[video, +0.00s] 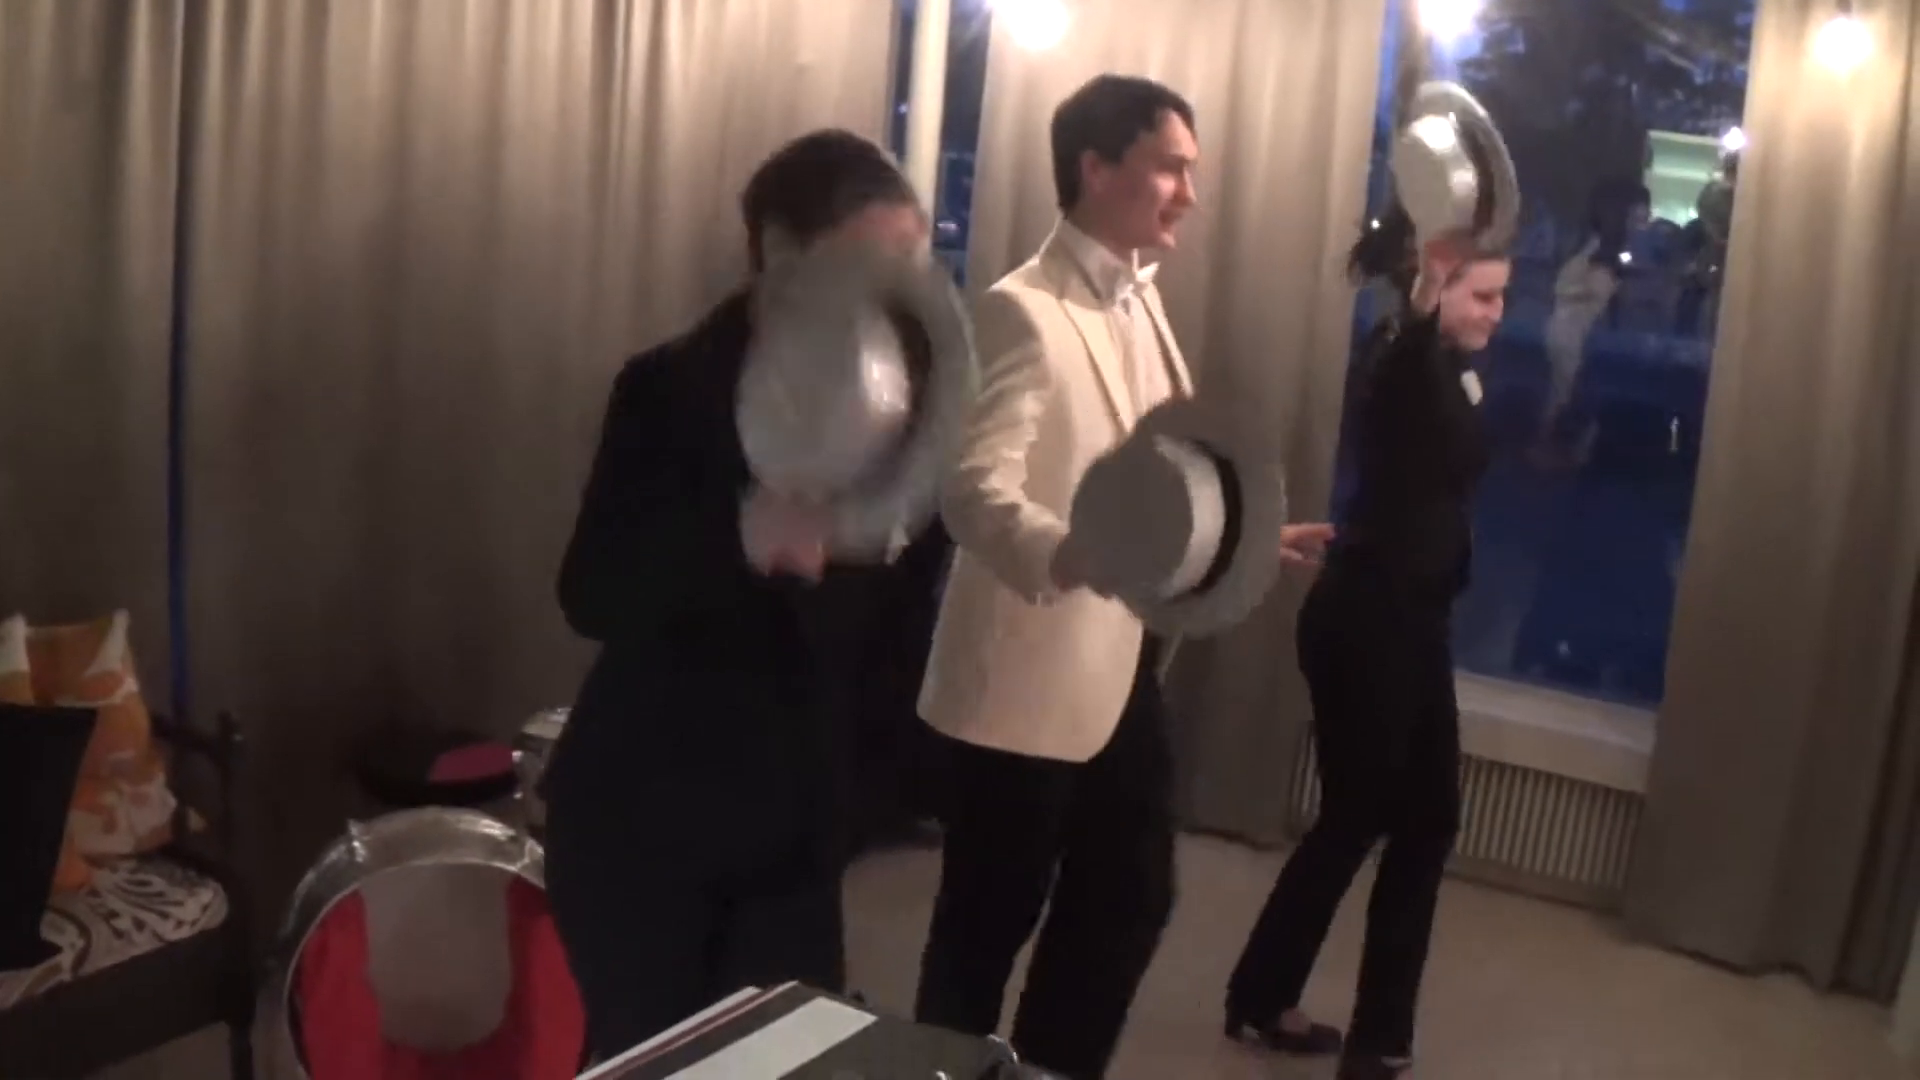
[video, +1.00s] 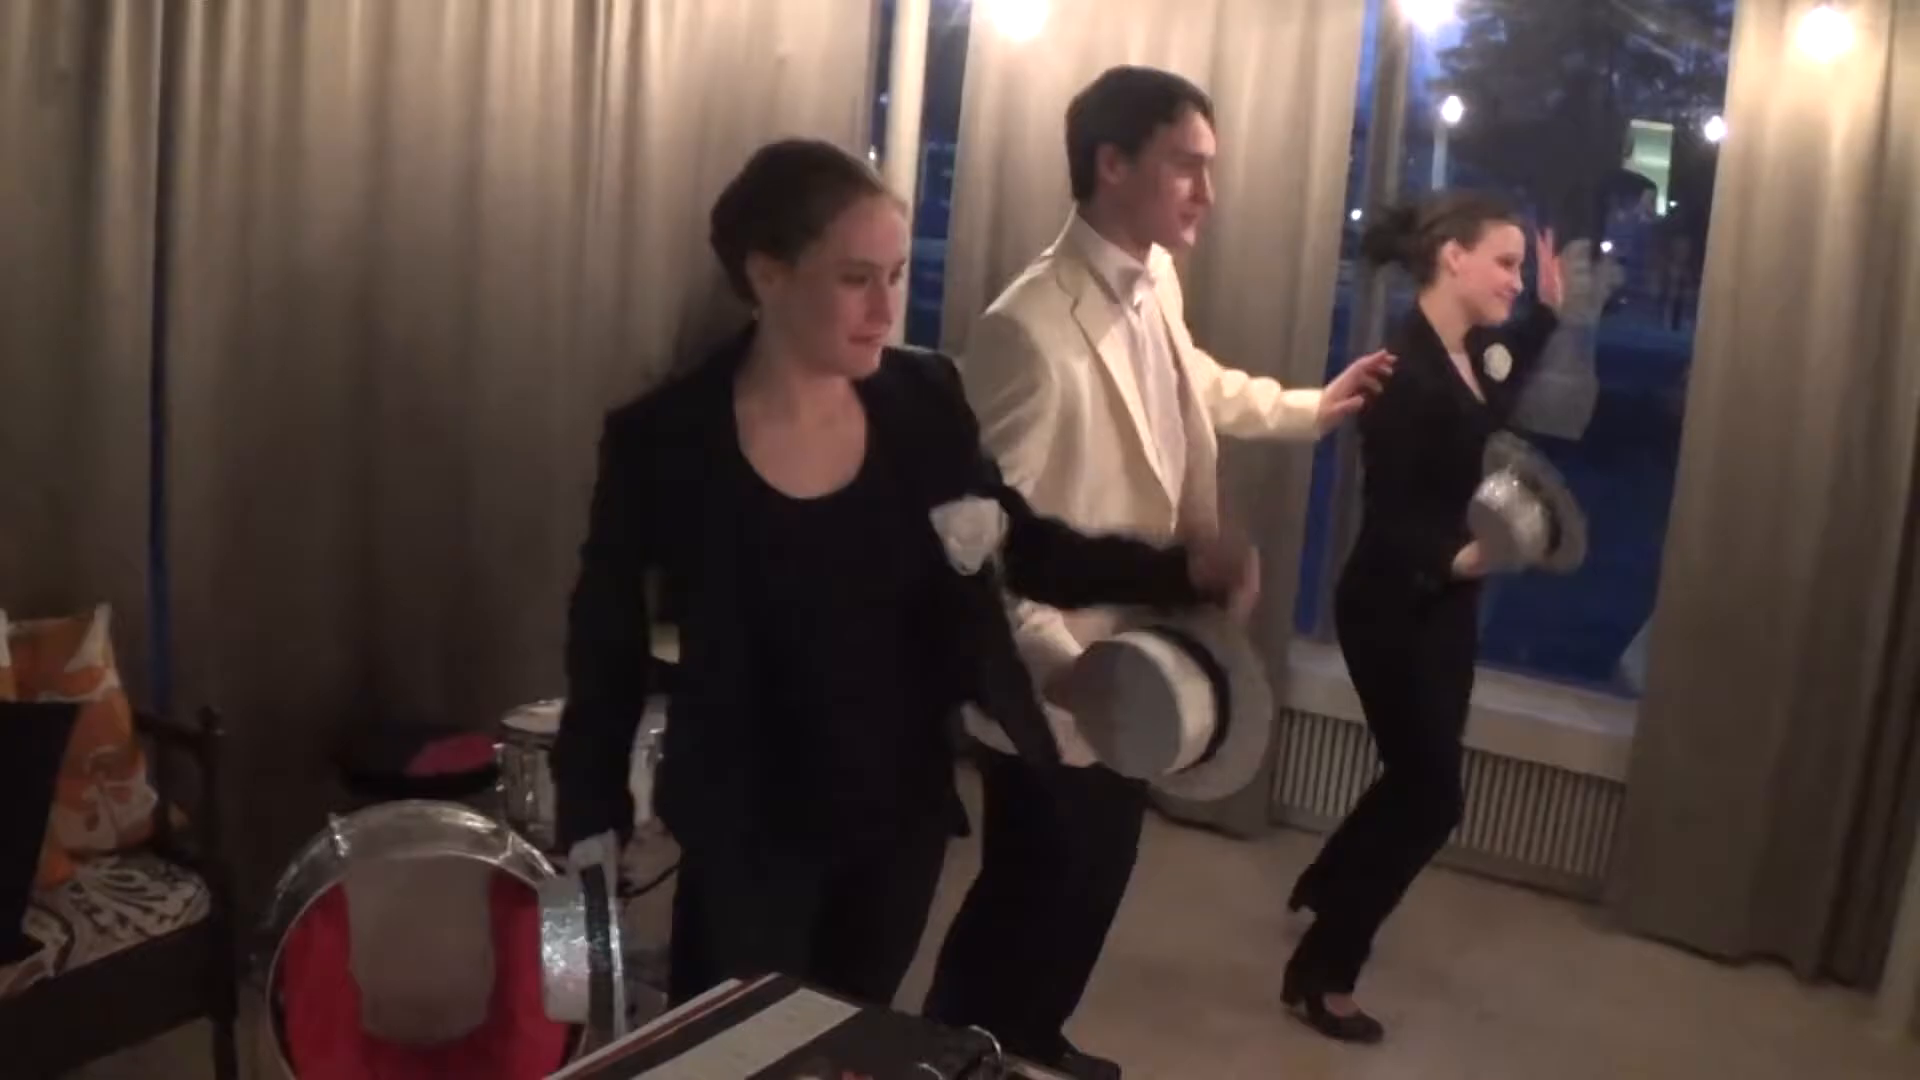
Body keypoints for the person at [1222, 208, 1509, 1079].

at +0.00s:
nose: (1496, 312)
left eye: (1501, 296)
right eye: (1484, 295)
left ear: (1479, 294)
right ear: (1434, 286)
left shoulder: (1438, 372)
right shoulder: (1408, 365)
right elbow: (1404, 359)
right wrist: (1422, 311)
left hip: (1408, 615)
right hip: (1365, 614)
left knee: (1421, 821)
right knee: (1362, 812)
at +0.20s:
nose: (1494, 315)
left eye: (1493, 297)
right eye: (1481, 298)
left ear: (1436, 293)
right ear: (1433, 291)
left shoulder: (1428, 371)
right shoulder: (1391, 369)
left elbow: (1432, 481)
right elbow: (1428, 469)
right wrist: (1424, 349)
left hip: (1400, 625)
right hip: (1354, 624)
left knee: (1478, 794)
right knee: (1379, 813)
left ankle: (1387, 995)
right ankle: (1262, 996)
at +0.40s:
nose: (1514, 282)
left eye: (1515, 268)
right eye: (1500, 267)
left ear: (1484, 280)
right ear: (1454, 273)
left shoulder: (1458, 365)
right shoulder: (1418, 329)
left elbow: (1428, 511)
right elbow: (1364, 324)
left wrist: (1494, 573)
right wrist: (1421, 248)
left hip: (1404, 586)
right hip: (1355, 583)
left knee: (1455, 759)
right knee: (1347, 795)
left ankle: (1348, 884)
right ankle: (1258, 991)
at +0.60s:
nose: (1507, 275)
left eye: (1507, 260)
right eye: (1490, 261)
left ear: (1475, 273)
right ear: (1439, 269)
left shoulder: (1469, 349)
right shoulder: (1409, 337)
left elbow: (1467, 474)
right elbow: (1385, 446)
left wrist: (1542, 496)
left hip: (1411, 589)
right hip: (1368, 590)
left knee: (1413, 777)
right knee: (1405, 783)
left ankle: (1327, 919)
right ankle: (1277, 950)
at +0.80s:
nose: (1503, 283)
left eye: (1506, 268)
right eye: (1490, 267)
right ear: (1435, 268)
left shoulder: (1464, 358)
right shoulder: (1394, 371)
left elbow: (1505, 406)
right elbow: (1374, 507)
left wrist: (1552, 314)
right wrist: (1419, 577)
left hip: (1416, 597)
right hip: (1369, 597)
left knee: (1391, 762)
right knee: (1454, 773)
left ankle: (1320, 906)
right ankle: (1316, 908)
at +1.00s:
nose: (1518, 284)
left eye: (1521, 268)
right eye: (1506, 264)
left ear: (1464, 268)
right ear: (1449, 258)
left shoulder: (1463, 353)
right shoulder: (1401, 376)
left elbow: (1497, 392)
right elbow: (1395, 536)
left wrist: (1546, 314)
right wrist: (1465, 556)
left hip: (1441, 598)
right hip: (1390, 603)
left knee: (1417, 774)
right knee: (1431, 799)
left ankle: (1324, 888)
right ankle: (1321, 972)